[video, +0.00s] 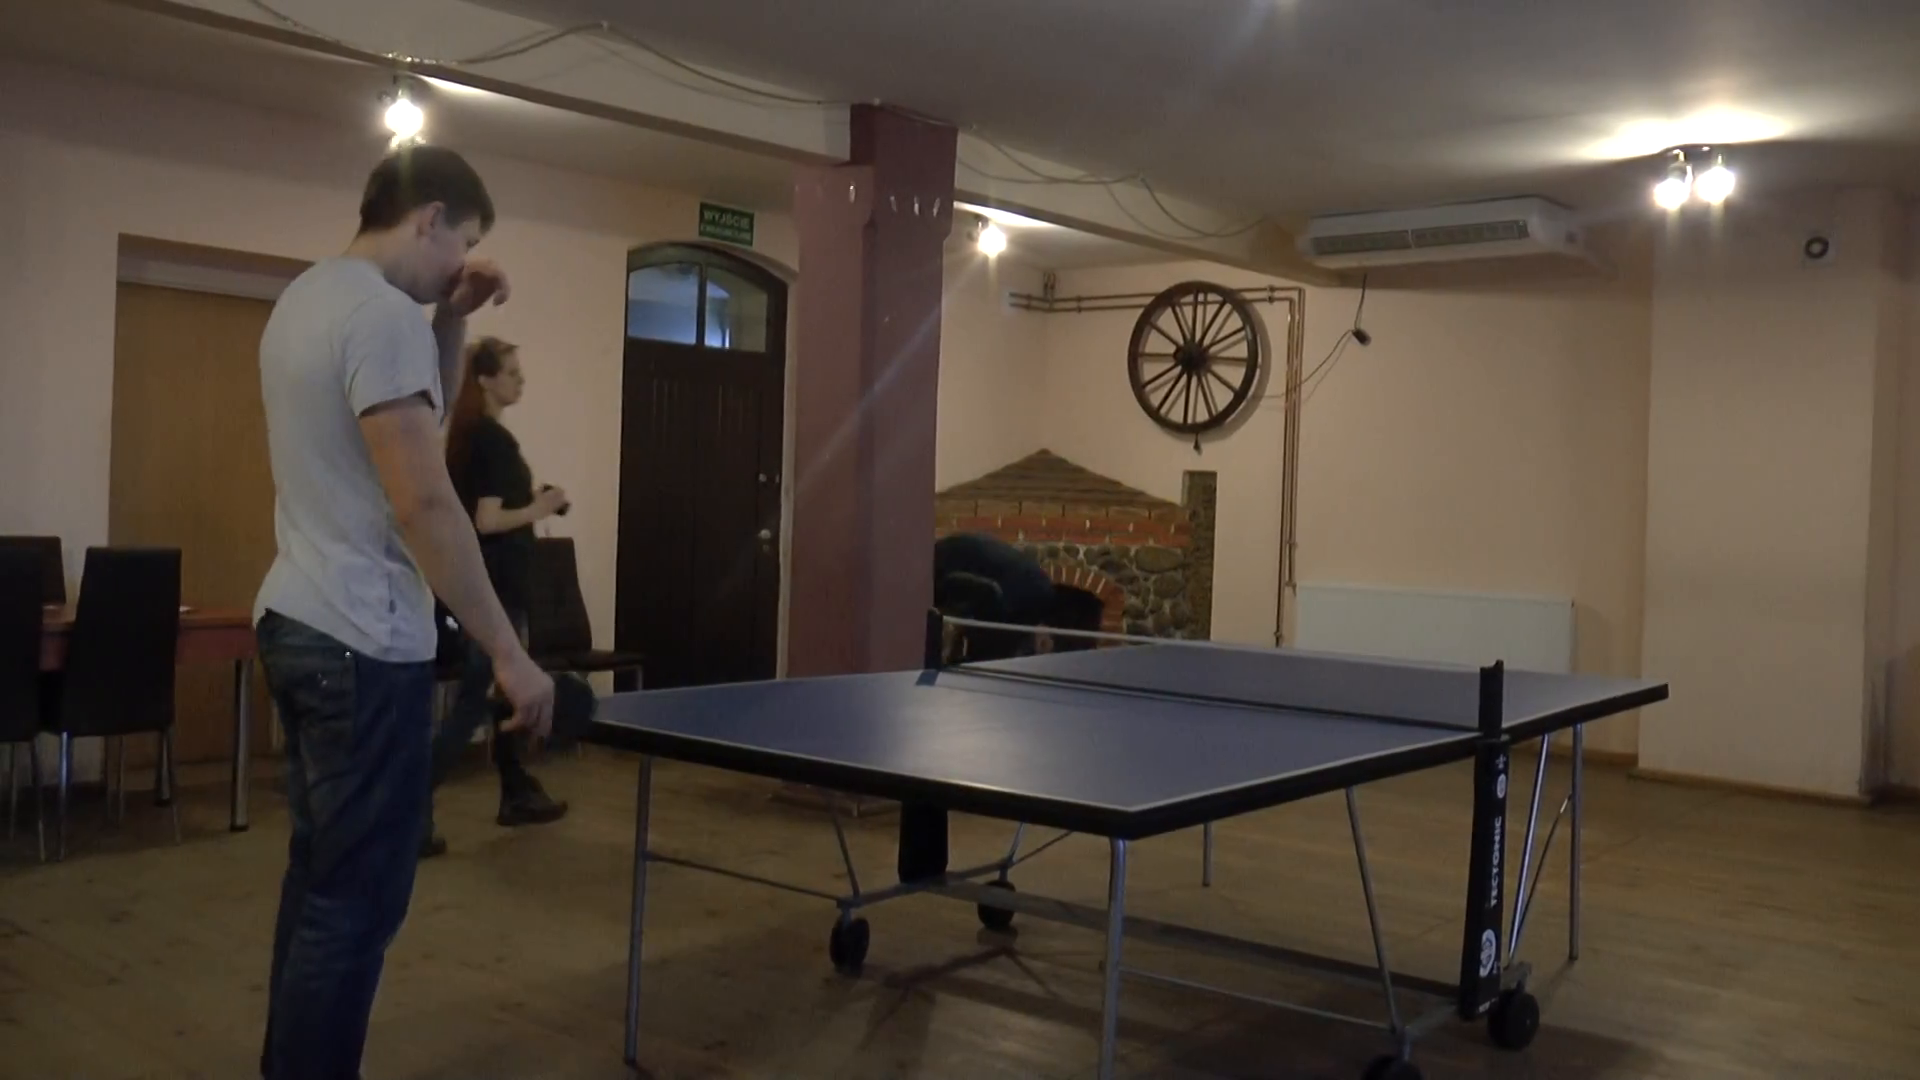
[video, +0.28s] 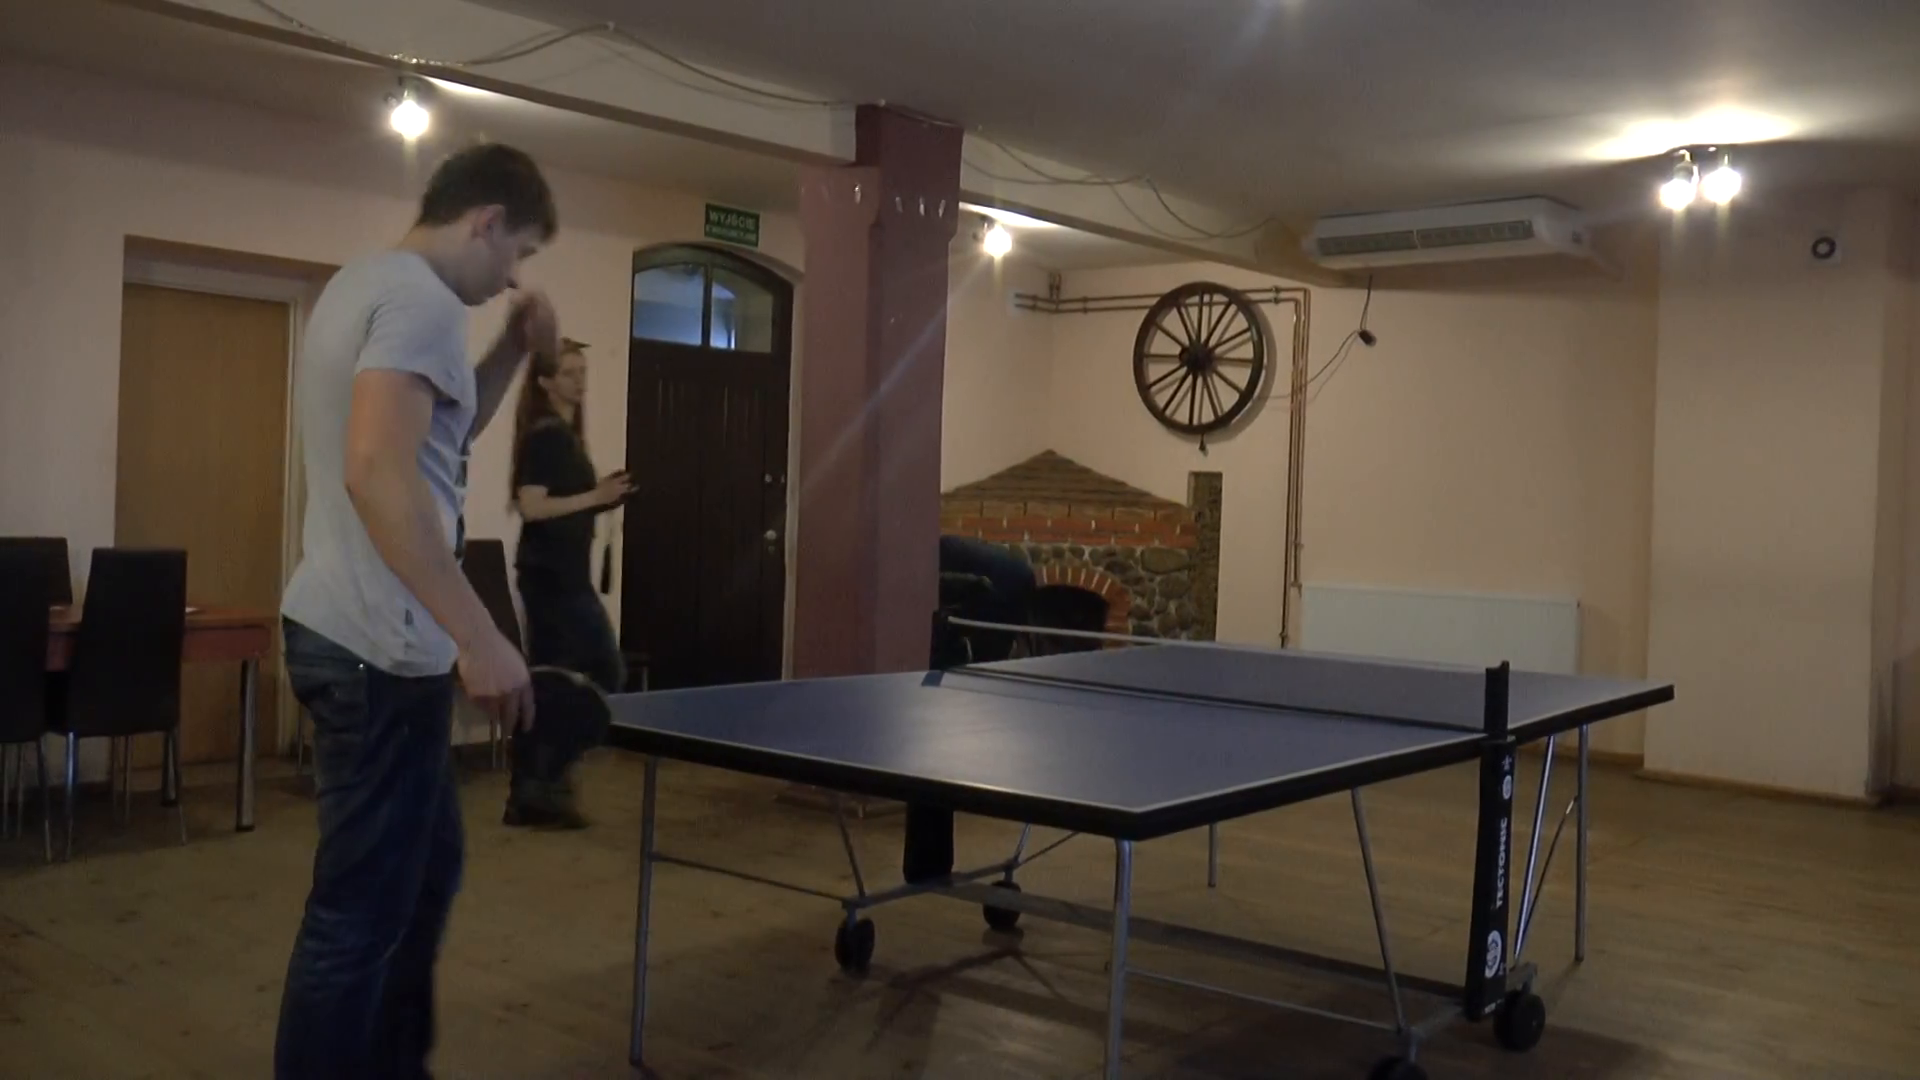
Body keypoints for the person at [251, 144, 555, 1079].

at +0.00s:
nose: (463, 269)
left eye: (472, 254)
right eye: (466, 247)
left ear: (382, 219)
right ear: (427, 220)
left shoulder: (307, 297)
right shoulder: (376, 308)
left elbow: (421, 447)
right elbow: (423, 504)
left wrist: (447, 321)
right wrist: (506, 650)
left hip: (301, 627)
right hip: (365, 647)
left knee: (321, 884)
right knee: (358, 902)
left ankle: (292, 1061)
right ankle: (312, 1069)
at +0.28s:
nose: (513, 277)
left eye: (523, 259)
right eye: (520, 251)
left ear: (445, 218)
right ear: (483, 220)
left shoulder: (358, 286)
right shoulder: (417, 293)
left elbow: (440, 435)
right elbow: (378, 472)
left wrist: (512, 348)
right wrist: (478, 635)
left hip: (347, 632)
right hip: (380, 648)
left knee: (431, 865)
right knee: (363, 909)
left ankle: (394, 1063)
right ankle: (327, 1071)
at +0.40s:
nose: (551, 294)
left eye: (563, 278)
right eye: (557, 267)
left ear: (505, 230)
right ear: (517, 226)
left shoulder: (398, 291)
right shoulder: (436, 304)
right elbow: (390, 473)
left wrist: (530, 459)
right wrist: (505, 621)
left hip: (389, 650)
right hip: (389, 658)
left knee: (470, 879)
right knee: (356, 926)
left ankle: (470, 1068)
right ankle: (315, 1070)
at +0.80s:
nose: (682, 300)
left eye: (692, 281)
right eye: (687, 274)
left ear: (626, 240)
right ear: (650, 243)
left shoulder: (524, 307)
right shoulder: (568, 311)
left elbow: (441, 466)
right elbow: (521, 477)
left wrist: (485, 598)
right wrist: (574, 664)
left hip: (493, 664)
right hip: (496, 670)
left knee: (566, 897)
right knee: (503, 896)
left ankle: (558, 1069)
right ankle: (368, 1071)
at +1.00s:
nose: (716, 285)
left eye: (723, 266)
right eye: (720, 260)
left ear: (640, 231)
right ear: (687, 236)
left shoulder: (558, 310)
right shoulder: (624, 310)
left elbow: (497, 481)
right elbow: (584, 482)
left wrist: (534, 601)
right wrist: (576, 668)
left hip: (536, 645)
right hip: (593, 653)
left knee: (565, 891)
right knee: (650, 891)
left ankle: (559, 1066)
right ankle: (484, 1068)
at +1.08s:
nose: (726, 274)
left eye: (731, 254)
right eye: (730, 250)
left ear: (646, 223)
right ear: (702, 232)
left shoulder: (567, 309)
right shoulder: (645, 307)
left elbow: (510, 477)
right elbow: (613, 470)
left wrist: (564, 590)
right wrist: (627, 661)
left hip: (541, 644)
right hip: (604, 649)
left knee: (573, 887)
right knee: (678, 890)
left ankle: (538, 1064)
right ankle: (576, 1063)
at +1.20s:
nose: (746, 255)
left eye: (747, 236)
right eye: (748, 235)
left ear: (659, 220)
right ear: (725, 228)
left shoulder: (582, 312)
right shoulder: (682, 309)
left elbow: (529, 477)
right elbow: (667, 480)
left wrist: (603, 577)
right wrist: (734, 656)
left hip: (556, 644)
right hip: (639, 654)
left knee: (575, 896)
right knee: (685, 915)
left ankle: (541, 1066)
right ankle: (668, 1067)